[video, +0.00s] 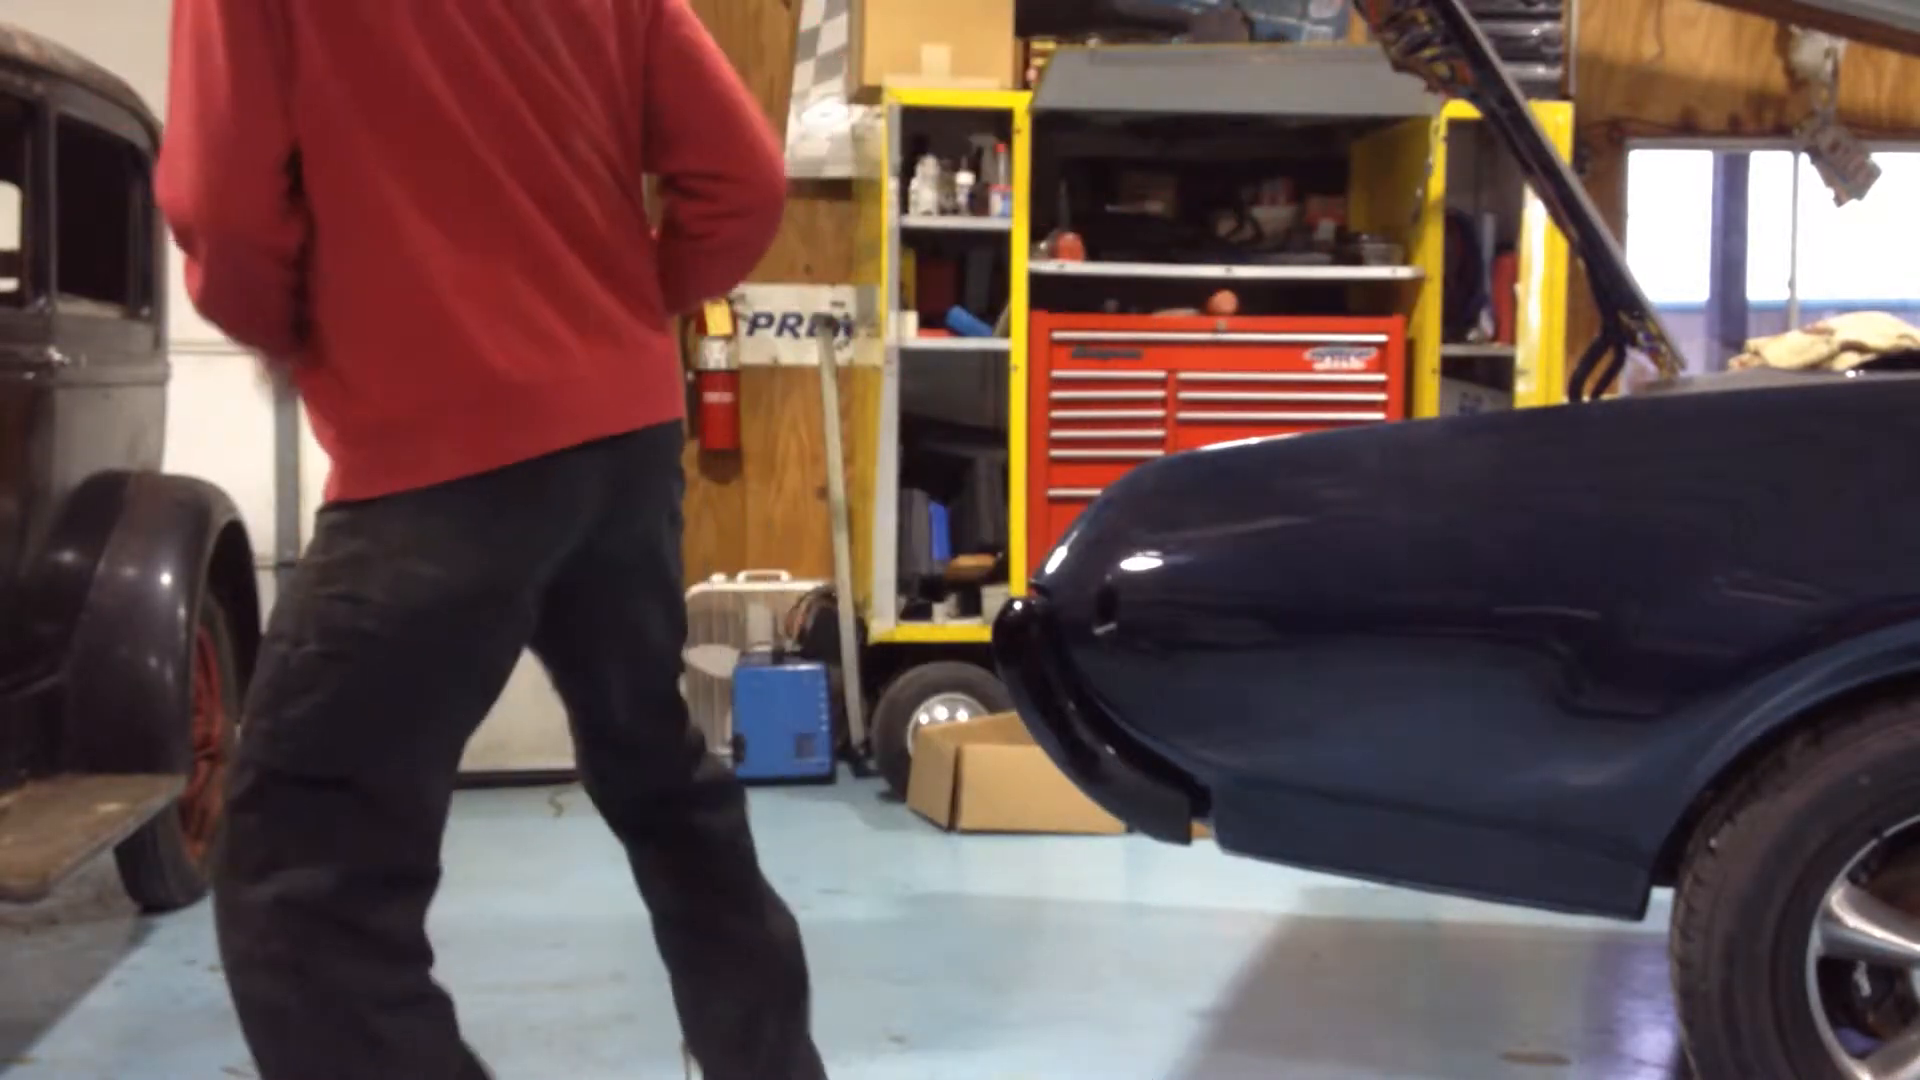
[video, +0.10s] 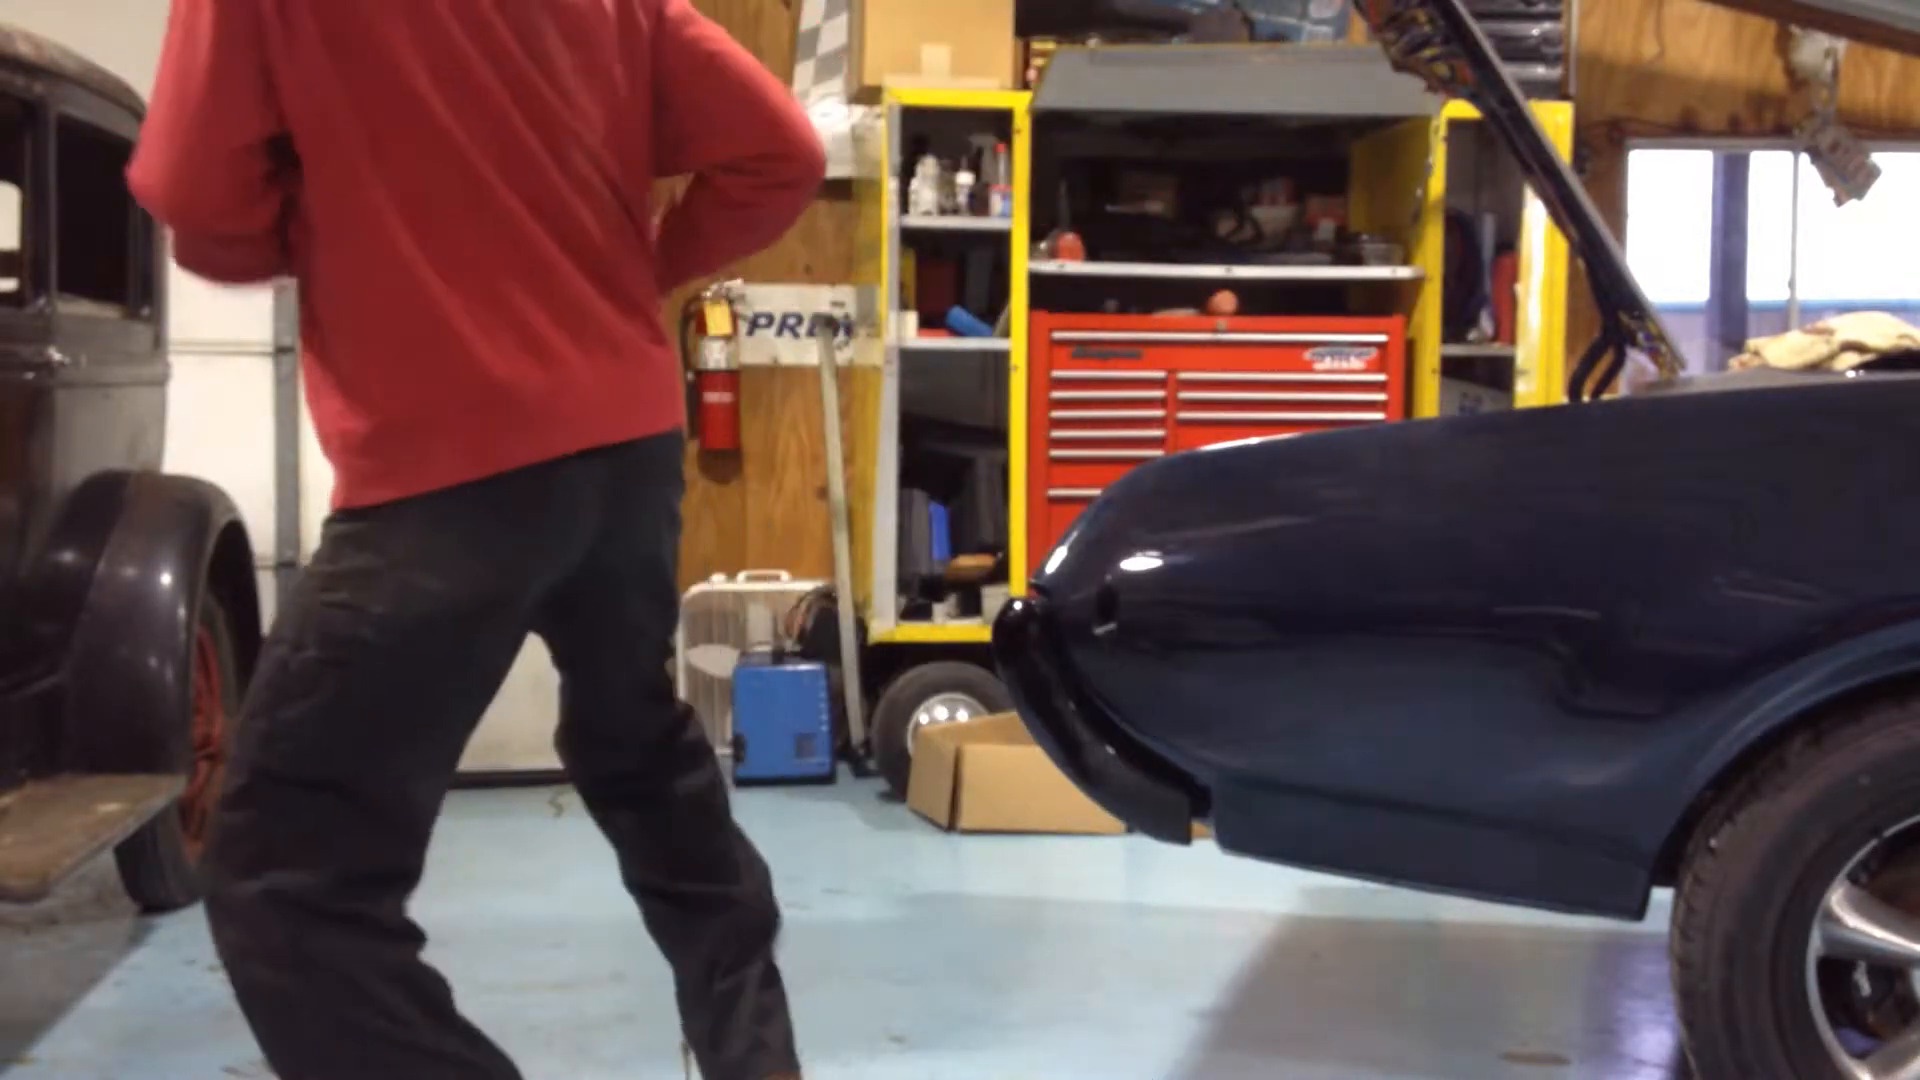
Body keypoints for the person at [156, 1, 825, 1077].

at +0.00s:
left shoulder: (251, 6)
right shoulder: (610, 1)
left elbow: (224, 213)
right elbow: (743, 179)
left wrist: (297, 332)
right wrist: (615, 298)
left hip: (438, 440)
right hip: (629, 418)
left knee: (305, 880)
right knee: (667, 786)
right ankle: (771, 1063)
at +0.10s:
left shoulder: (253, 4)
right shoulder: (608, 4)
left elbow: (208, 223)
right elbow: (778, 153)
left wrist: (343, 219)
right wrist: (639, 268)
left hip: (446, 449)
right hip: (631, 423)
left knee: (288, 874)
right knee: (646, 750)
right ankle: (756, 1056)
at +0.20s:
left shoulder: (272, 6)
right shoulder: (623, 3)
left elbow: (189, 191)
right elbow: (786, 162)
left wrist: (338, 221)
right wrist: (642, 262)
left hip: (445, 459)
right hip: (638, 440)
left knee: (278, 872)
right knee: (648, 757)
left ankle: (451, 1075)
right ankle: (757, 1061)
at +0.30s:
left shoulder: (314, 14)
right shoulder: (644, 12)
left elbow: (245, 244)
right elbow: (756, 227)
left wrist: (372, 307)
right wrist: (628, 316)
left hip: (439, 475)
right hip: (639, 463)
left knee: (309, 870)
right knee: (673, 777)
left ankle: (443, 1075)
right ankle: (733, 1061)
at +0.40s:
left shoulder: (366, 17)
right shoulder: (678, 17)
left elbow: (315, 257)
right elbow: (778, 235)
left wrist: (403, 345)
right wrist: (652, 337)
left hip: (460, 476)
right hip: (660, 470)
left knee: (367, 853)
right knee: (684, 813)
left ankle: (435, 1070)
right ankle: (671, 1071)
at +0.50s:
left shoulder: (405, 22)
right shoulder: (723, 20)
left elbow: (332, 242)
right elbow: (855, 204)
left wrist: (453, 312)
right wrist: (719, 301)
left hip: (487, 484)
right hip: (688, 483)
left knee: (394, 838)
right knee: (693, 828)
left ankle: (398, 1067)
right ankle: (627, 1073)